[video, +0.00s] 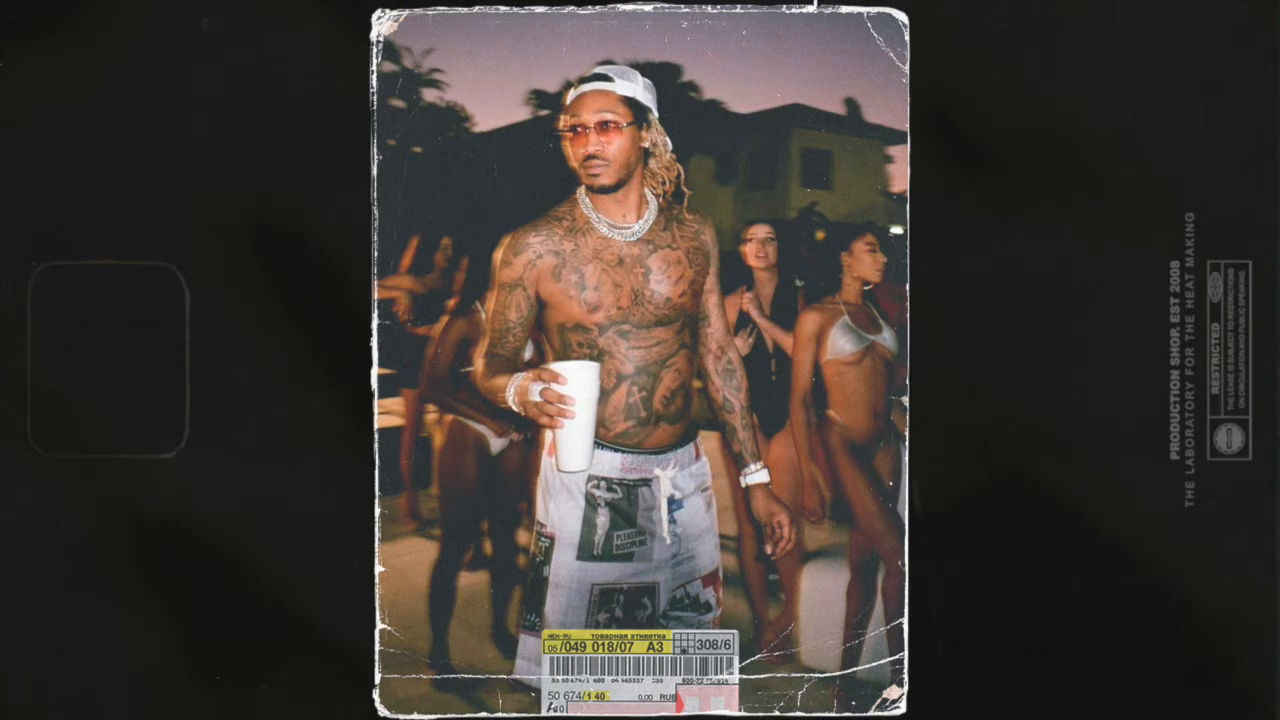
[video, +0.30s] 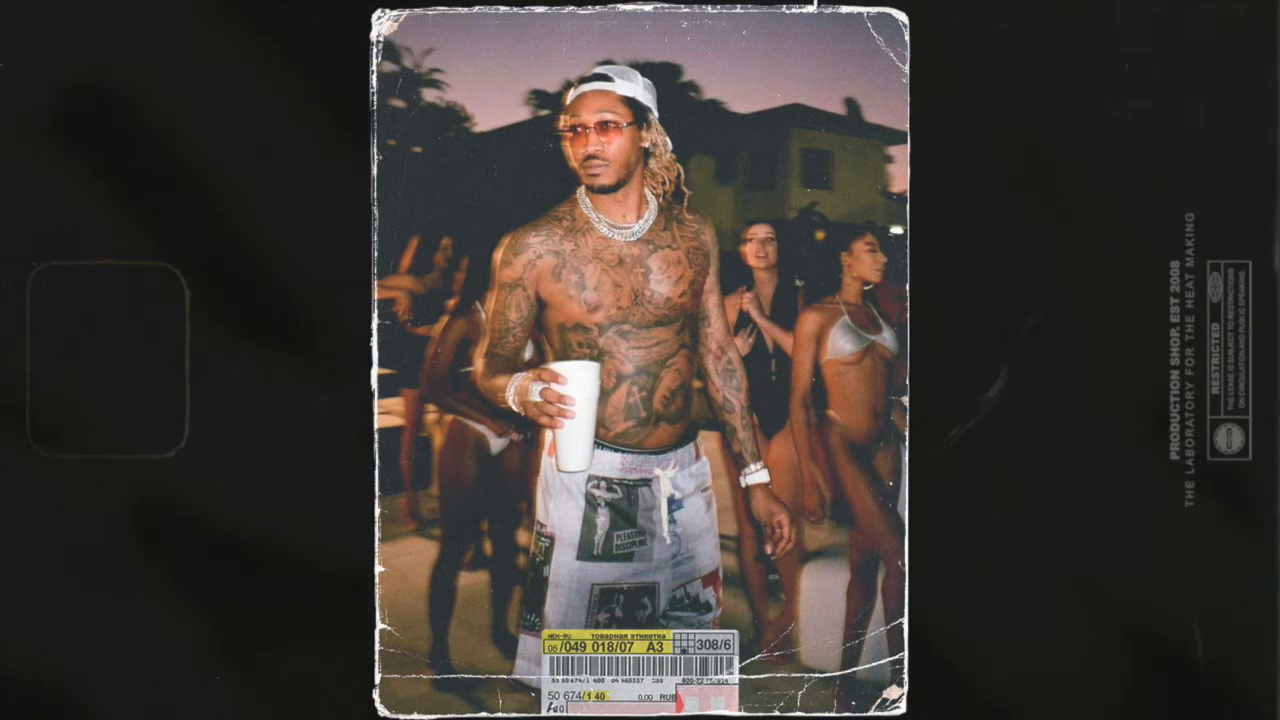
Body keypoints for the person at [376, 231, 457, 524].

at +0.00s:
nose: (446, 255)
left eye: (451, 250)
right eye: (442, 249)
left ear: (455, 255)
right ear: (431, 252)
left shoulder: (454, 283)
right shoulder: (414, 283)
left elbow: (459, 315)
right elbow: (401, 321)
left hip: (444, 354)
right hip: (416, 352)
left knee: (449, 426)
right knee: (413, 427)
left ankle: (450, 499)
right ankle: (410, 500)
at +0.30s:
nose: (446, 254)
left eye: (451, 250)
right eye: (442, 248)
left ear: (455, 255)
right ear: (431, 252)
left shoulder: (454, 282)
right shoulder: (414, 283)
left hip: (445, 353)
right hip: (416, 350)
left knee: (449, 426)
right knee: (413, 428)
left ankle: (451, 499)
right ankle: (410, 501)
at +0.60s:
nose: (446, 254)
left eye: (451, 250)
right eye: (442, 248)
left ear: (455, 255)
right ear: (430, 252)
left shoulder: (454, 282)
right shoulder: (414, 282)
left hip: (445, 352)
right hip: (416, 349)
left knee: (449, 426)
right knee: (413, 427)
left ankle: (451, 499)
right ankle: (410, 500)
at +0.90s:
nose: (446, 254)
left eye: (451, 250)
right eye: (442, 248)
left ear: (455, 255)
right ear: (431, 252)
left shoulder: (454, 282)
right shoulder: (414, 282)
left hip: (445, 352)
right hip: (416, 349)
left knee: (449, 426)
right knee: (413, 427)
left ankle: (451, 498)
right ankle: (410, 500)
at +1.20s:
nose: (446, 255)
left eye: (451, 250)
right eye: (442, 249)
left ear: (455, 255)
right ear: (430, 252)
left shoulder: (454, 283)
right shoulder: (415, 282)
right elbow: (380, 287)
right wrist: (403, 293)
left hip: (444, 353)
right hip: (415, 350)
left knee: (449, 426)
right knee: (413, 428)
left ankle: (450, 498)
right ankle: (410, 500)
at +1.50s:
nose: (446, 255)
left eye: (450, 250)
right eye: (442, 249)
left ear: (454, 255)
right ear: (430, 252)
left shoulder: (454, 282)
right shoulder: (415, 282)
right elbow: (379, 287)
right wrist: (403, 293)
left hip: (445, 353)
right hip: (416, 350)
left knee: (450, 427)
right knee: (413, 428)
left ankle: (451, 499)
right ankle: (410, 503)